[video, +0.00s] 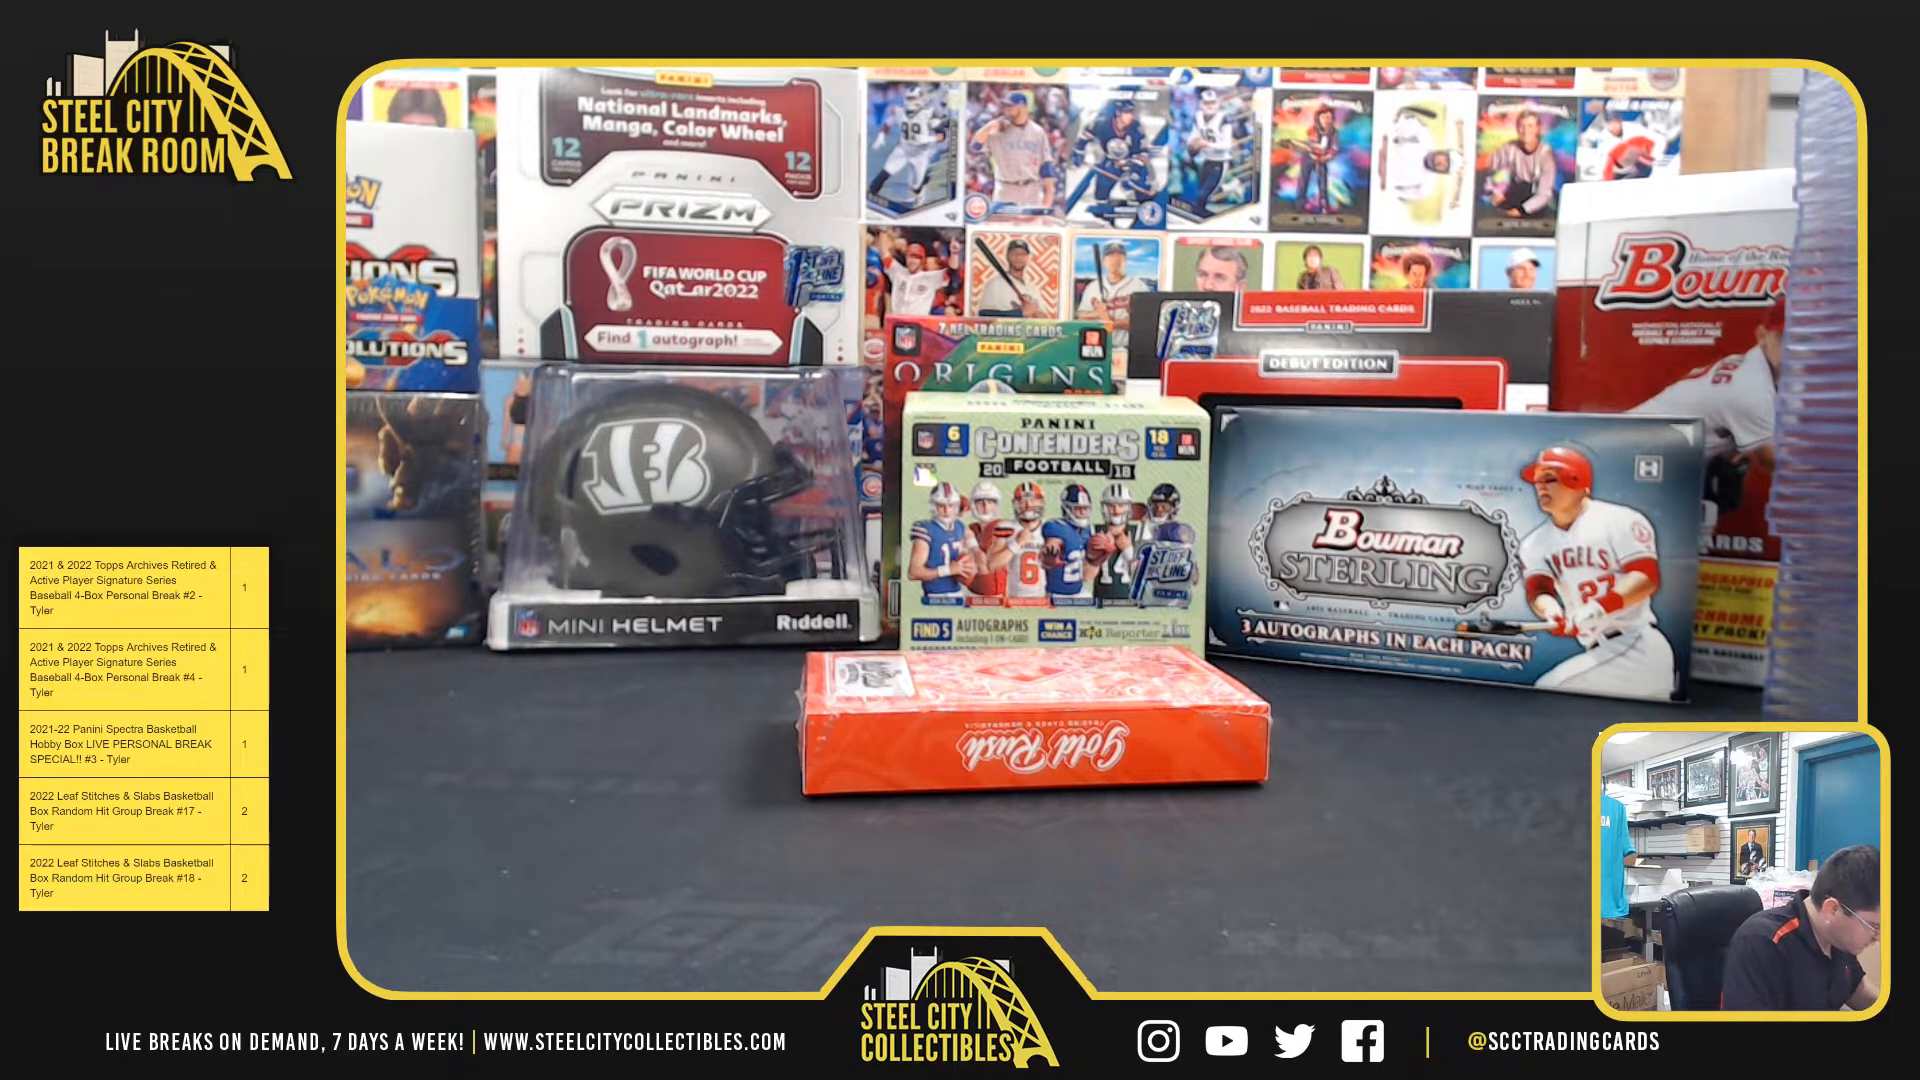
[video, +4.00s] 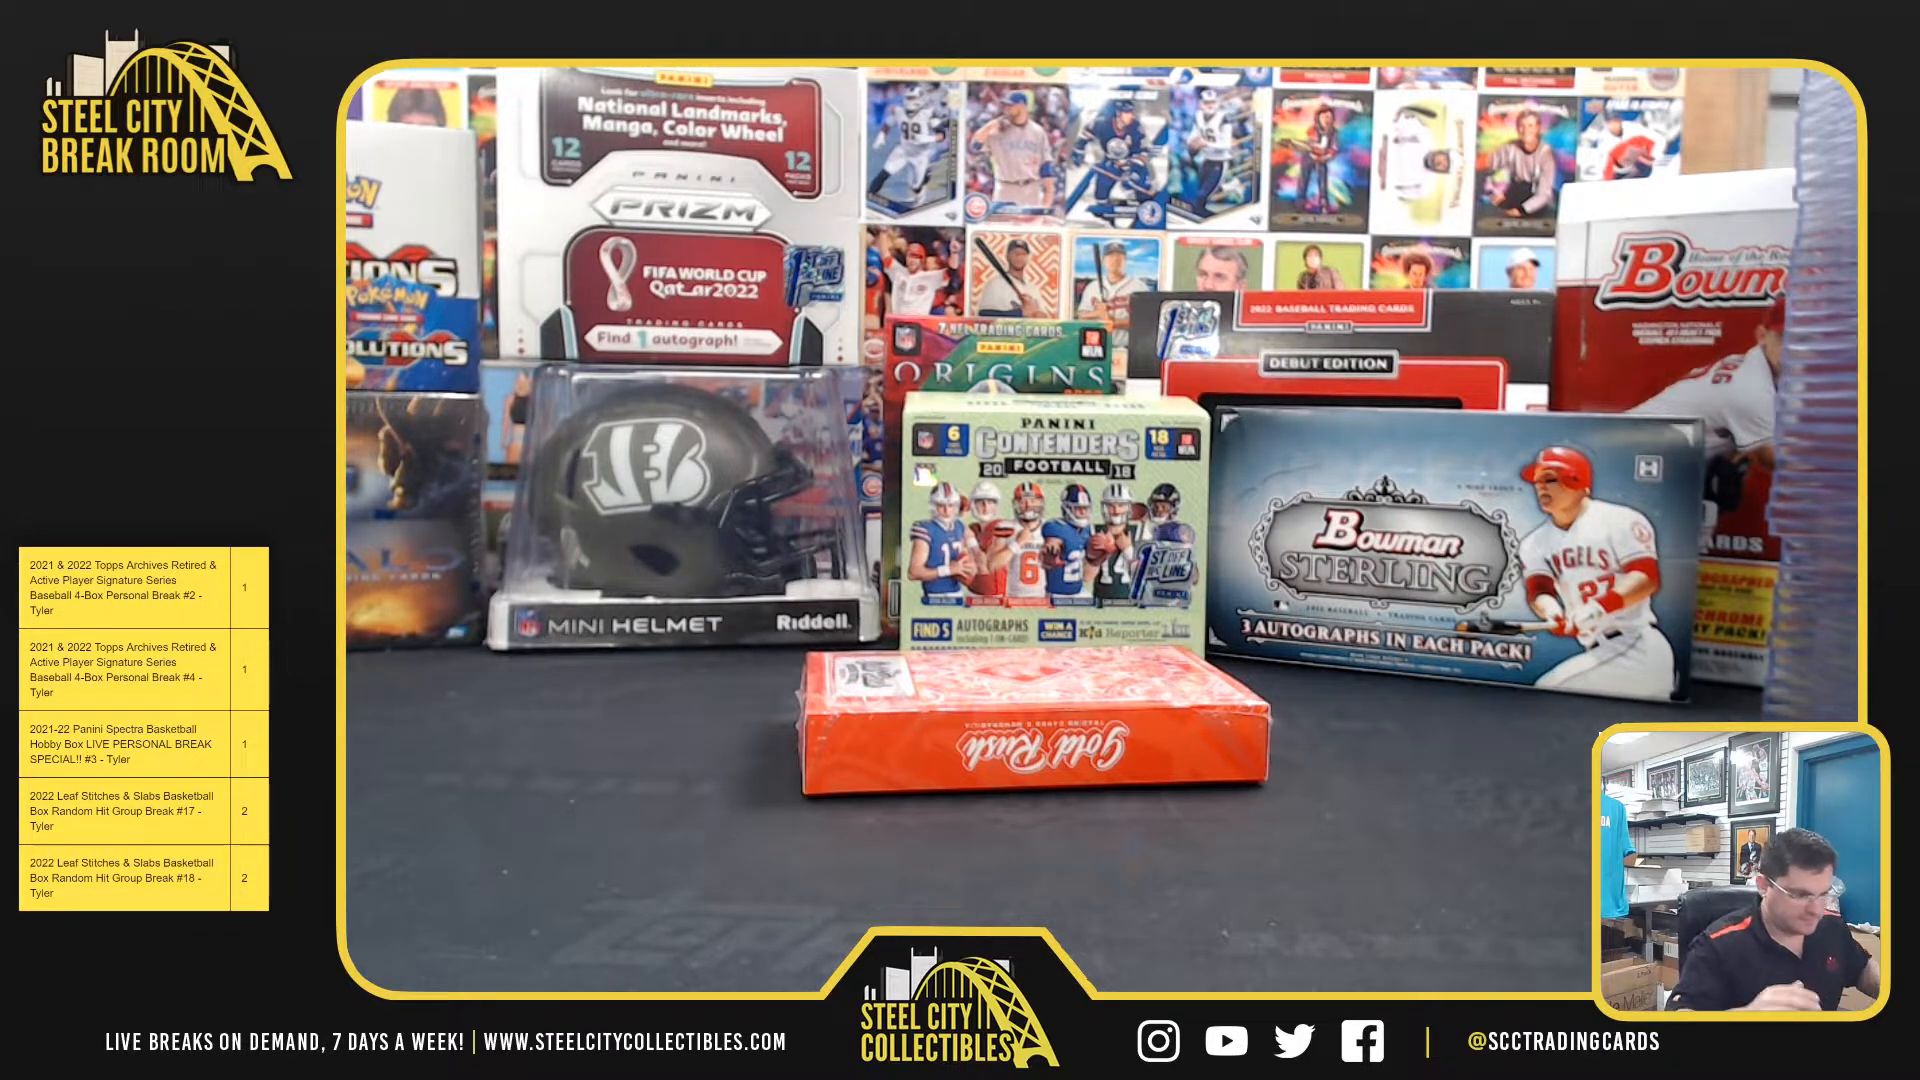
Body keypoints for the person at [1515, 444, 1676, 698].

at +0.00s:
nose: (1540, 489)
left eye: (1549, 480)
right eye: (1537, 483)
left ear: (1578, 484)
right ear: (1533, 487)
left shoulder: (1624, 521)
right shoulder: (1534, 545)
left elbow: (1646, 577)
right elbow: (1538, 591)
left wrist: (1599, 608)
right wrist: (1553, 613)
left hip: (1637, 647)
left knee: (1547, 692)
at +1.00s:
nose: (1540, 489)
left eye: (1549, 480)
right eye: (1537, 483)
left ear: (1578, 484)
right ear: (1533, 487)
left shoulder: (1624, 521)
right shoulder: (1534, 545)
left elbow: (1646, 577)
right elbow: (1538, 591)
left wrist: (1599, 608)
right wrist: (1553, 613)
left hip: (1638, 647)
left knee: (1547, 692)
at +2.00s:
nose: (1540, 490)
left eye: (1550, 481)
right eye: (1537, 484)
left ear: (1578, 484)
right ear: (1533, 488)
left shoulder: (1624, 521)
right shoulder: (1534, 545)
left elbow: (1646, 577)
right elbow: (1538, 592)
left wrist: (1598, 608)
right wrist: (1554, 614)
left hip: (1638, 647)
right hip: (1598, 651)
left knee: (1546, 693)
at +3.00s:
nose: (1540, 490)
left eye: (1550, 481)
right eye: (1537, 484)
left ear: (1578, 484)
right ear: (1533, 488)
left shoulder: (1624, 521)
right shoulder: (1534, 545)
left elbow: (1646, 577)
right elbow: (1539, 591)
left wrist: (1599, 608)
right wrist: (1554, 614)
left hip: (1638, 648)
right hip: (1599, 652)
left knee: (1546, 692)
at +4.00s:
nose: (1540, 489)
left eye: (1550, 480)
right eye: (1537, 482)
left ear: (1578, 485)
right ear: (1533, 487)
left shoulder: (1624, 521)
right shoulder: (1534, 545)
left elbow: (1646, 577)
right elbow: (1538, 591)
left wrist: (1599, 608)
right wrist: (1553, 614)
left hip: (1638, 649)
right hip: (1598, 652)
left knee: (1545, 693)